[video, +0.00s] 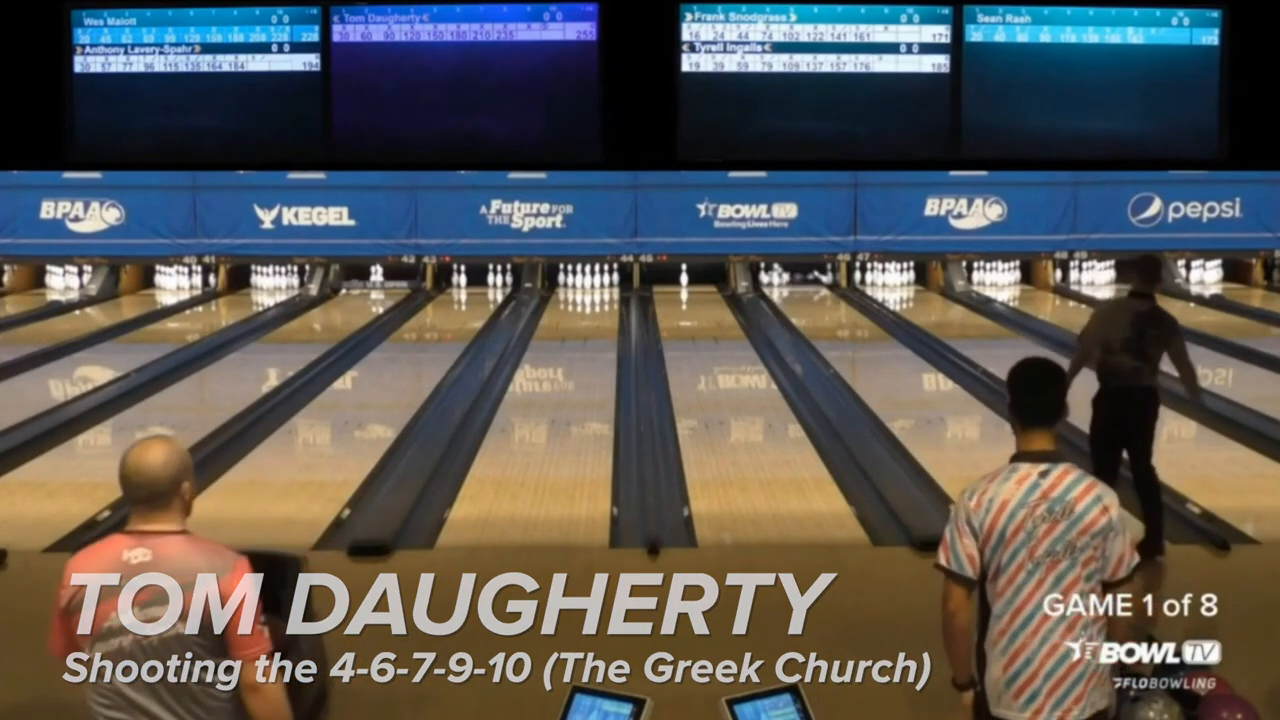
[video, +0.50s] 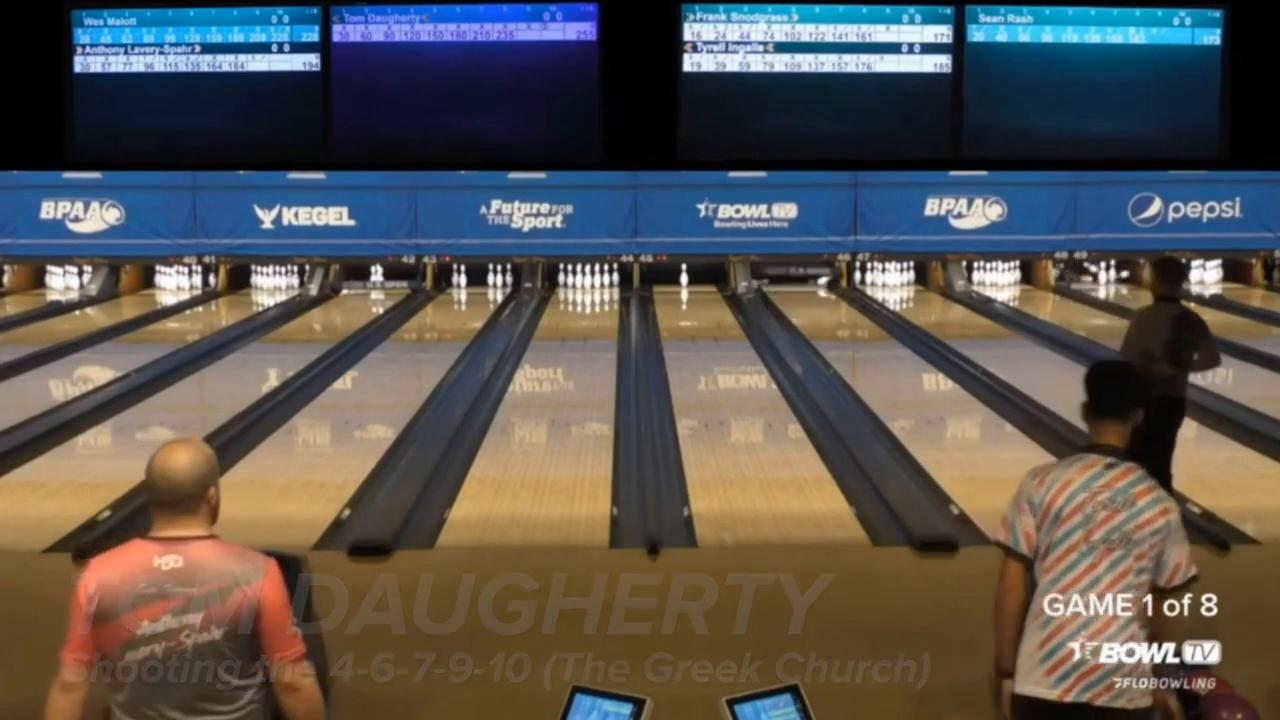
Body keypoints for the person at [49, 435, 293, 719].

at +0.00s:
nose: (193, 490)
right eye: (193, 482)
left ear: (124, 491)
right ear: (186, 492)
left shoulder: (82, 566)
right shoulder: (228, 568)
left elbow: (71, 662)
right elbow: (258, 683)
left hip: (113, 713)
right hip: (204, 712)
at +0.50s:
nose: (220, 493)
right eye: (219, 486)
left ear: (149, 495)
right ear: (213, 496)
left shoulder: (99, 575)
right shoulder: (259, 573)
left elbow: (70, 687)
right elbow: (294, 681)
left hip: (134, 711)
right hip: (234, 712)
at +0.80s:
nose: (247, 503)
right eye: (247, 497)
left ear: (178, 503)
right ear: (240, 505)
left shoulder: (127, 582)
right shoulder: (285, 581)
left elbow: (107, 701)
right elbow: (324, 689)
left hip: (159, 711)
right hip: (257, 711)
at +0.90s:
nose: (257, 506)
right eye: (257, 499)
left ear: (187, 505)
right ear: (248, 507)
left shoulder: (135, 578)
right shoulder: (291, 586)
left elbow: (118, 684)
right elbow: (327, 697)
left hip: (160, 713)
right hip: (258, 714)